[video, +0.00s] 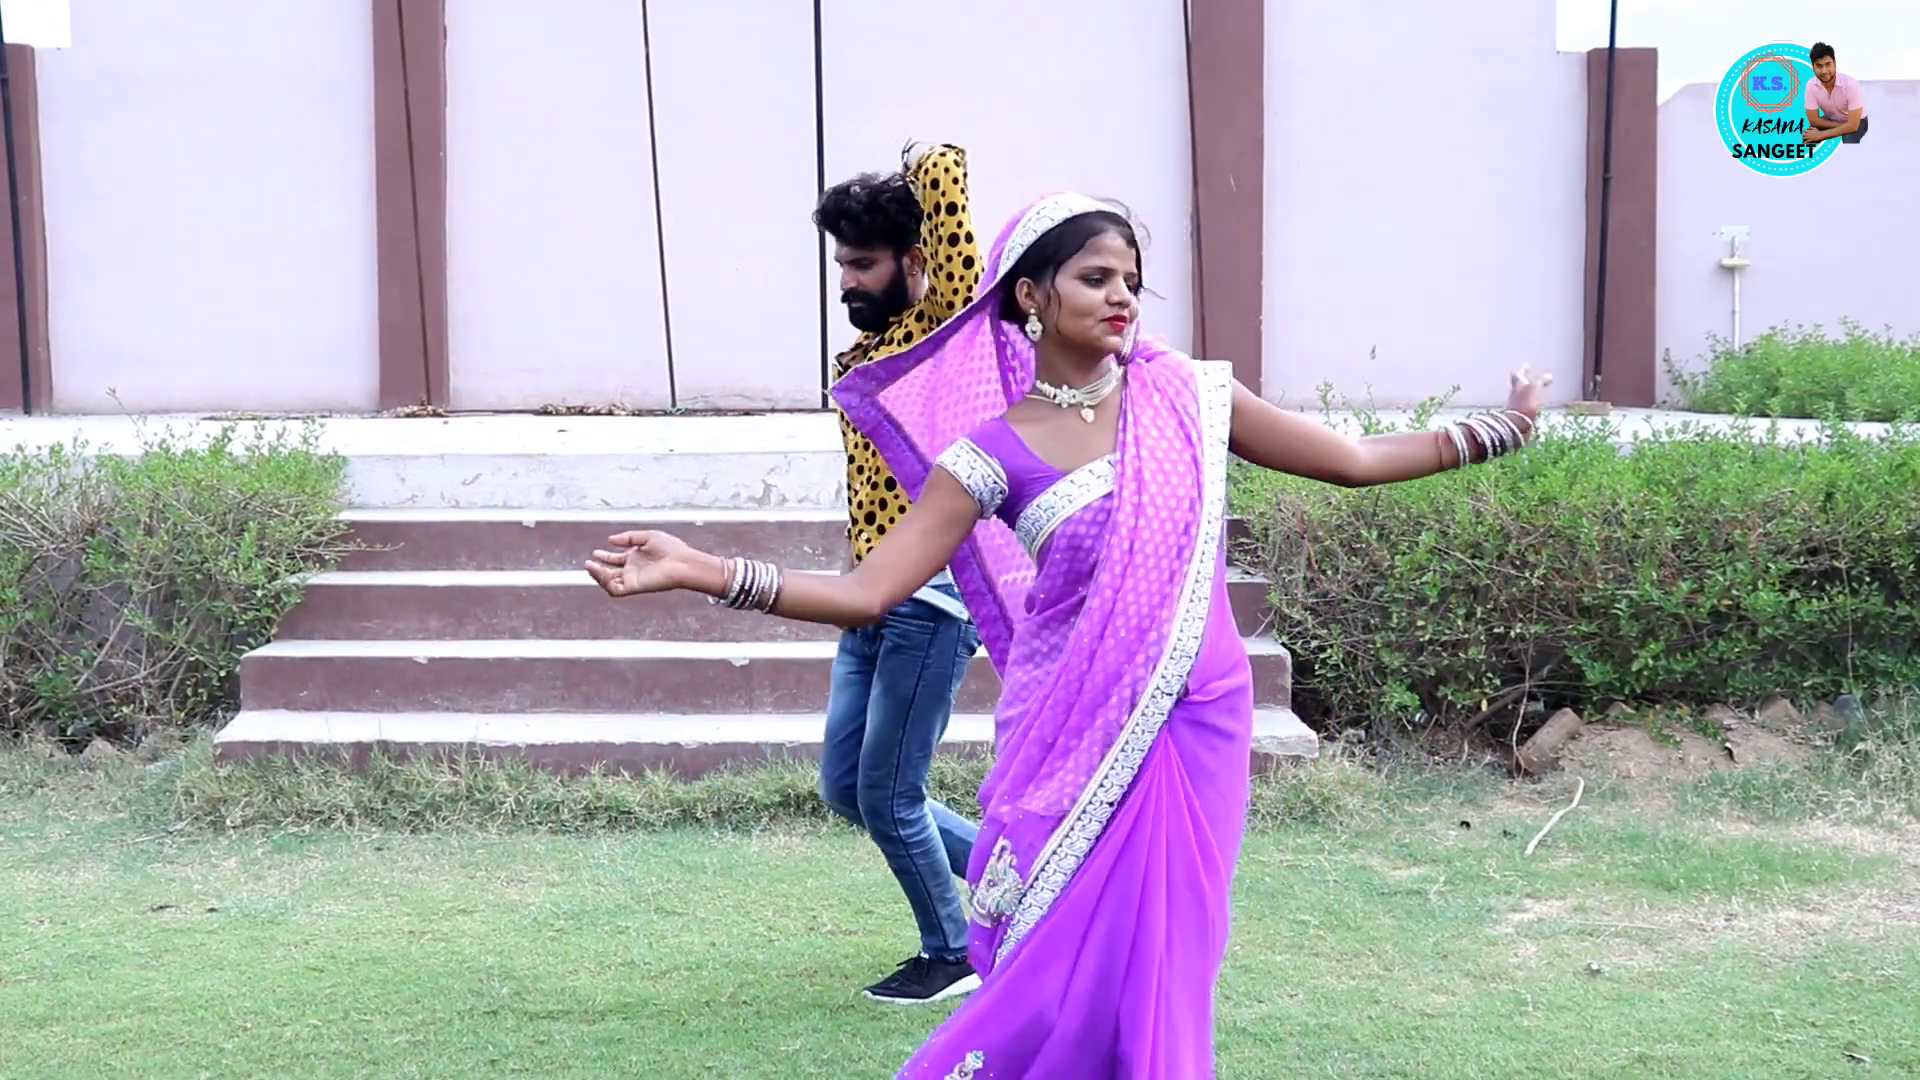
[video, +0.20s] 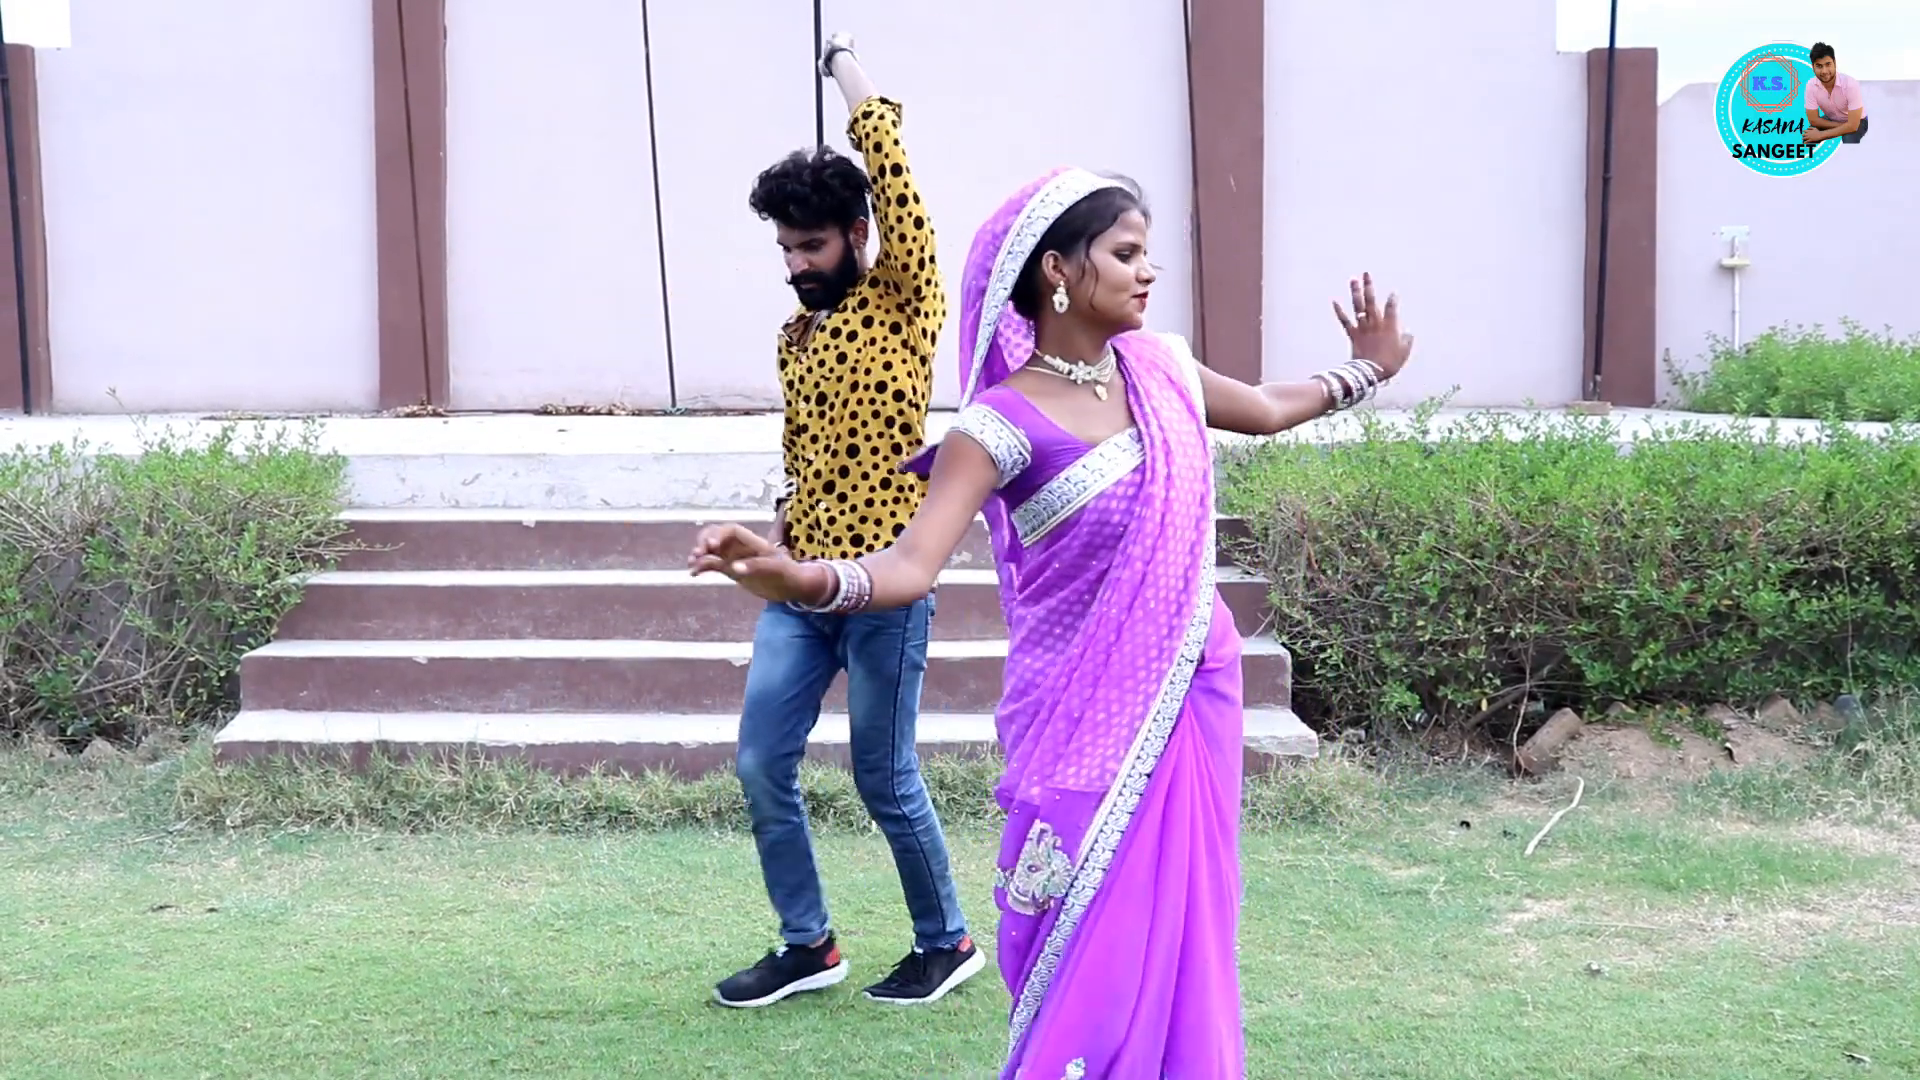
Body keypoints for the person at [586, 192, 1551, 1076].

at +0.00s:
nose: (1124, 302)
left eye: (1131, 284)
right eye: (1100, 284)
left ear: (1136, 293)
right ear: (1033, 296)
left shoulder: (1186, 392)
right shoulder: (993, 451)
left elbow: (1357, 458)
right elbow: (866, 593)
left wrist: (1492, 433)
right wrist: (705, 570)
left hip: (1204, 724)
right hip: (1073, 741)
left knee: (1171, 985)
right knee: (1070, 993)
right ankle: (973, 1071)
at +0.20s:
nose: (1147, 271)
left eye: (1147, 252)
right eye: (1127, 253)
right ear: (1056, 272)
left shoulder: (1158, 361)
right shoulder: (999, 424)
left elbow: (1269, 409)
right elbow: (911, 565)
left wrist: (1362, 370)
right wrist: (803, 578)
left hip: (1194, 703)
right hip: (1078, 723)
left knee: (1192, 947)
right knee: (1089, 960)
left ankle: (1192, 1067)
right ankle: (1077, 1069)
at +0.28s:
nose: (1158, 267)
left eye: (1155, 248)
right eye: (1139, 249)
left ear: (1097, 268)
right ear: (1076, 268)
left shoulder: (1142, 360)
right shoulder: (1012, 417)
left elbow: (1223, 399)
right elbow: (946, 575)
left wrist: (1314, 370)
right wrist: (891, 581)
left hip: (1179, 697)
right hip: (1077, 716)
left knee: (1186, 944)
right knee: (1092, 954)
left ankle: (1186, 1066)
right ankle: (1081, 1069)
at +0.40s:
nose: (1164, 280)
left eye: (1157, 262)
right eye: (1152, 264)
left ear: (1101, 285)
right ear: (1109, 283)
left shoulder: (1126, 385)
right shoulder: (1046, 446)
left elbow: (1159, 414)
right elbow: (1026, 615)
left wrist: (1204, 382)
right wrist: (996, 614)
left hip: (1165, 733)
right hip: (1090, 759)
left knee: (1193, 970)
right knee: (1101, 992)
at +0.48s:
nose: (1172, 286)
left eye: (1165, 266)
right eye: (1163, 266)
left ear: (1097, 293)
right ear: (1134, 286)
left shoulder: (1120, 402)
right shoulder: (1074, 444)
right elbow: (1084, 621)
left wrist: (1142, 402)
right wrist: (1120, 624)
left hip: (1155, 736)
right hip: (1100, 759)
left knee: (1176, 966)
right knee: (1112, 985)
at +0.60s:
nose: (1188, 268)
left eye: (1181, 249)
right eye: (1182, 250)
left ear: (1069, 272)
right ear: (1167, 270)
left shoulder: (1038, 382)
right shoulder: (1128, 417)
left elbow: (992, 581)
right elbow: (1200, 591)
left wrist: (988, 741)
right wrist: (1299, 596)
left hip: (1056, 721)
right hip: (1114, 739)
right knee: (1116, 986)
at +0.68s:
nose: (1198, 287)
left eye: (1190, 263)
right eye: (1185, 265)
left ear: (1070, 279)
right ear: (1147, 281)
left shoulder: (1027, 403)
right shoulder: (1161, 429)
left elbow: (964, 418)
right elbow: (1264, 590)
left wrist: (935, 395)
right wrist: (1402, 583)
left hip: (1029, 747)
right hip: (1131, 759)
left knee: (1061, 997)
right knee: (1148, 1001)